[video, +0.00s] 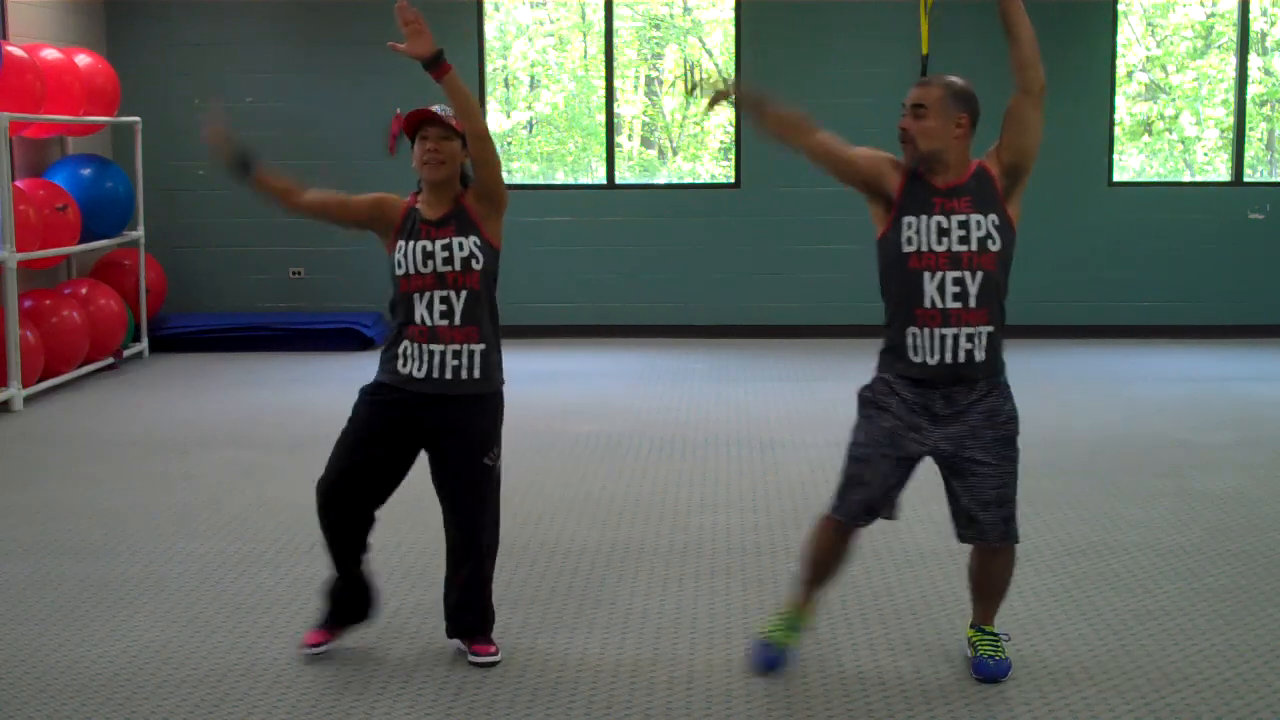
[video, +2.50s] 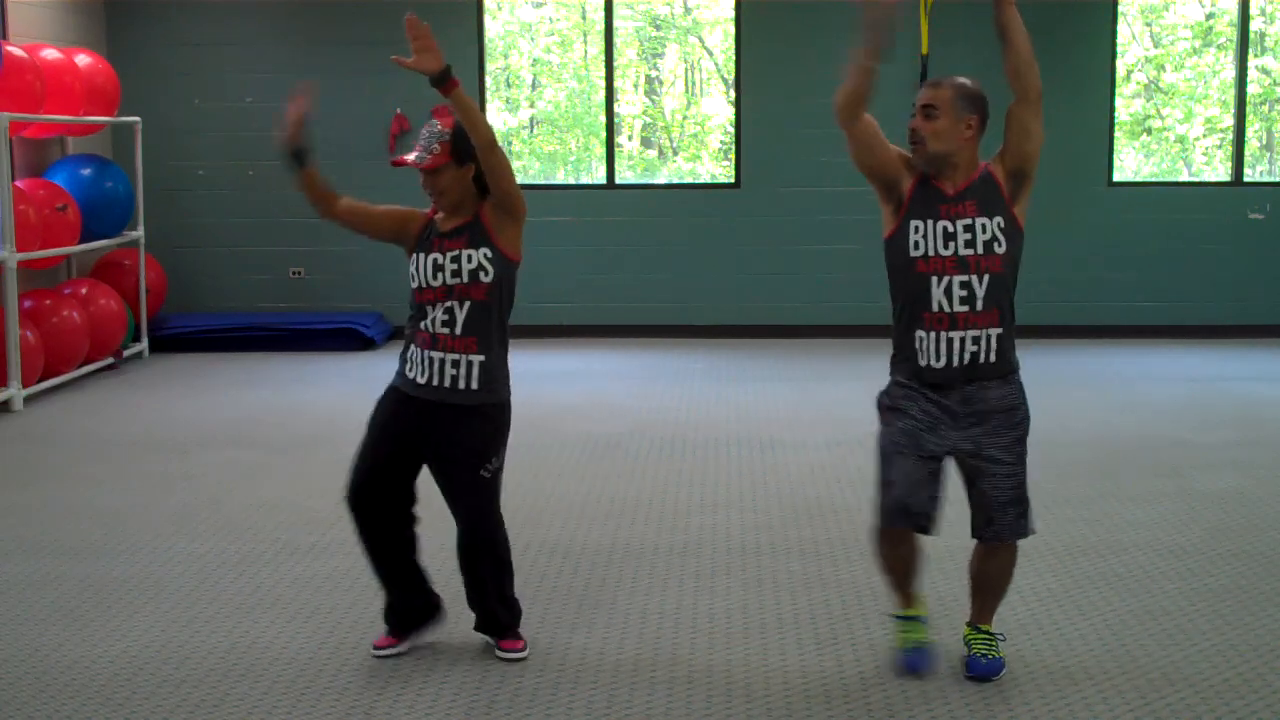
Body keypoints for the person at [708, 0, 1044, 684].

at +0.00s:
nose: (906, 123)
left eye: (920, 113)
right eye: (906, 113)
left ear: (964, 125)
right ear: (908, 122)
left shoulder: (1000, 179)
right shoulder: (888, 180)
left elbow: (1031, 87)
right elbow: (812, 139)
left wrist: (1011, 4)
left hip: (980, 399)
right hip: (899, 395)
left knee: (996, 532)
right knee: (847, 511)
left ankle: (984, 630)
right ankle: (795, 614)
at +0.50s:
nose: (886, 139)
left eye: (901, 128)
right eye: (882, 128)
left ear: (939, 138)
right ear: (876, 137)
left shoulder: (971, 194)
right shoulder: (857, 213)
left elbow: (1015, 107)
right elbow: (824, 312)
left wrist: (1000, 13)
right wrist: (842, 283)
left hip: (945, 409)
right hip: (865, 408)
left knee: (990, 534)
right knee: (800, 519)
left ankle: (991, 630)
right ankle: (748, 623)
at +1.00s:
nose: (968, 118)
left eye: (981, 106)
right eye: (954, 107)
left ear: (1002, 117)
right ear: (937, 120)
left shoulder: (1027, 176)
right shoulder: (925, 183)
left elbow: (1042, 79)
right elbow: (917, 91)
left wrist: (1010, 1)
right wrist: (950, 8)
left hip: (1014, 391)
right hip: (936, 391)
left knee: (1032, 520)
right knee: (925, 519)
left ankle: (996, 621)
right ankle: (943, 622)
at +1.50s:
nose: (1065, 123)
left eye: (1066, 113)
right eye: (1050, 114)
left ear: (1065, 124)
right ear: (1008, 130)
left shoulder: (1091, 178)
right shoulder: (976, 183)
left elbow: (1180, 192)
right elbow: (960, 85)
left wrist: (1251, 203)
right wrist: (991, 7)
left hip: (1079, 395)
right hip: (996, 399)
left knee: (1126, 518)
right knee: (965, 523)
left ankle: (1160, 627)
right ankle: (948, 623)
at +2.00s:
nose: (1030, 129)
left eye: (1034, 119)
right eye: (1015, 118)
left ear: (1036, 132)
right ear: (976, 130)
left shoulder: (1047, 200)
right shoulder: (942, 182)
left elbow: (1122, 231)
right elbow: (928, 94)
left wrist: (1096, 178)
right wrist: (948, 12)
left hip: (1027, 394)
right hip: (951, 397)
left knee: (1063, 522)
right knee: (942, 530)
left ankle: (1045, 610)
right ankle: (944, 628)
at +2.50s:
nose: (915, 123)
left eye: (931, 113)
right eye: (914, 113)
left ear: (973, 127)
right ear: (913, 126)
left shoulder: (1006, 182)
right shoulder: (899, 186)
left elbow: (1029, 95)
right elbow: (848, 111)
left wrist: (1007, 10)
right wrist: (872, 38)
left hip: (992, 397)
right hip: (914, 396)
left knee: (999, 529)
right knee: (895, 520)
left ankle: (981, 629)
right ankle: (908, 613)